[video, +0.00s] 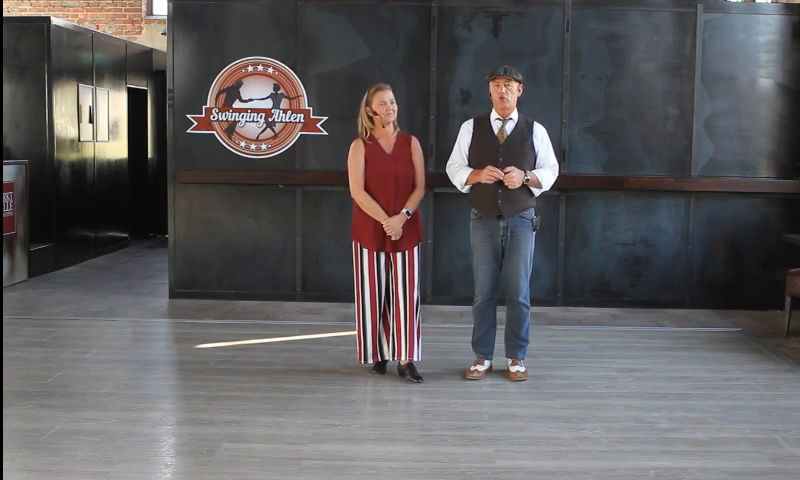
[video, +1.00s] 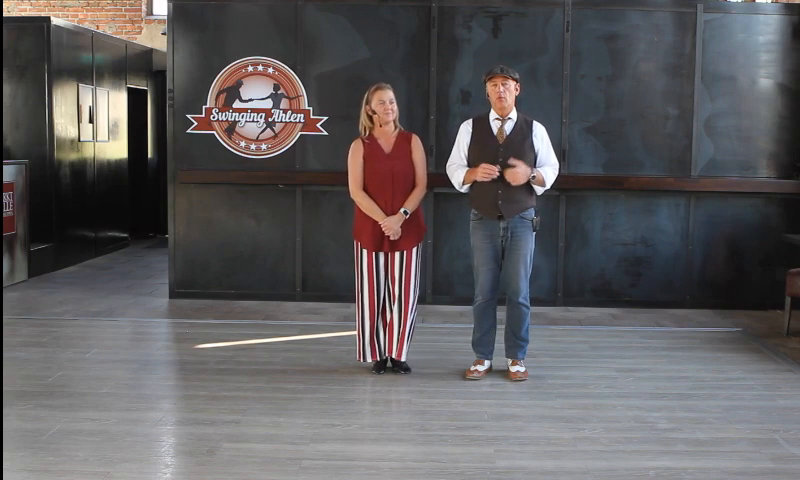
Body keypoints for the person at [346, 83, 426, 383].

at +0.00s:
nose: (390, 107)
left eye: (392, 102)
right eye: (383, 104)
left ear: (397, 106)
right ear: (370, 110)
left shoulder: (411, 143)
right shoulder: (360, 146)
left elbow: (420, 186)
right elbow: (357, 191)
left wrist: (402, 216)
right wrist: (388, 221)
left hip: (405, 230)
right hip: (371, 231)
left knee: (407, 295)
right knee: (374, 295)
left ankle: (406, 359)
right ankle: (378, 356)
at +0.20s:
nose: (387, 107)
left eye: (390, 102)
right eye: (380, 103)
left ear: (396, 106)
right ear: (368, 110)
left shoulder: (410, 143)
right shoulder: (359, 145)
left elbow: (419, 186)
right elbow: (356, 191)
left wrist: (402, 216)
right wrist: (387, 221)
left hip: (404, 230)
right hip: (370, 231)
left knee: (406, 295)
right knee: (373, 295)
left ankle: (406, 359)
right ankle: (378, 356)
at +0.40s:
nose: (386, 106)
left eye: (389, 101)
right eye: (379, 103)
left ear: (394, 105)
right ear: (367, 109)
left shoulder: (409, 142)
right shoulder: (357, 145)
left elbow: (418, 186)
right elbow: (354, 191)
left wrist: (401, 216)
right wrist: (386, 220)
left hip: (404, 229)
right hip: (369, 231)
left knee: (405, 295)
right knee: (372, 295)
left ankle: (405, 358)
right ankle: (378, 356)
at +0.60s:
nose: (385, 106)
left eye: (387, 101)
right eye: (378, 102)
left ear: (393, 105)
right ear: (366, 109)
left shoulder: (408, 142)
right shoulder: (356, 146)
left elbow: (418, 185)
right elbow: (354, 192)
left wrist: (400, 216)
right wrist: (385, 220)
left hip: (404, 229)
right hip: (369, 230)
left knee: (406, 294)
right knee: (372, 294)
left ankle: (406, 357)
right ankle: (378, 354)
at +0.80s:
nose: (385, 107)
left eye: (388, 102)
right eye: (379, 103)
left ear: (394, 106)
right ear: (367, 110)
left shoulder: (409, 141)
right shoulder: (357, 146)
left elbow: (419, 185)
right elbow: (354, 192)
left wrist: (399, 216)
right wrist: (385, 221)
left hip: (404, 229)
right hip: (369, 230)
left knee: (403, 292)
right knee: (372, 293)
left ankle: (402, 353)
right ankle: (378, 354)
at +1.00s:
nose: (388, 106)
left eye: (391, 101)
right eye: (381, 103)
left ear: (397, 105)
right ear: (370, 109)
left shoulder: (412, 141)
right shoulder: (359, 146)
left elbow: (422, 185)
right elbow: (355, 191)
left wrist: (401, 215)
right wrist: (385, 221)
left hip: (406, 229)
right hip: (371, 230)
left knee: (404, 293)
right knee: (373, 293)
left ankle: (397, 355)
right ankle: (377, 355)